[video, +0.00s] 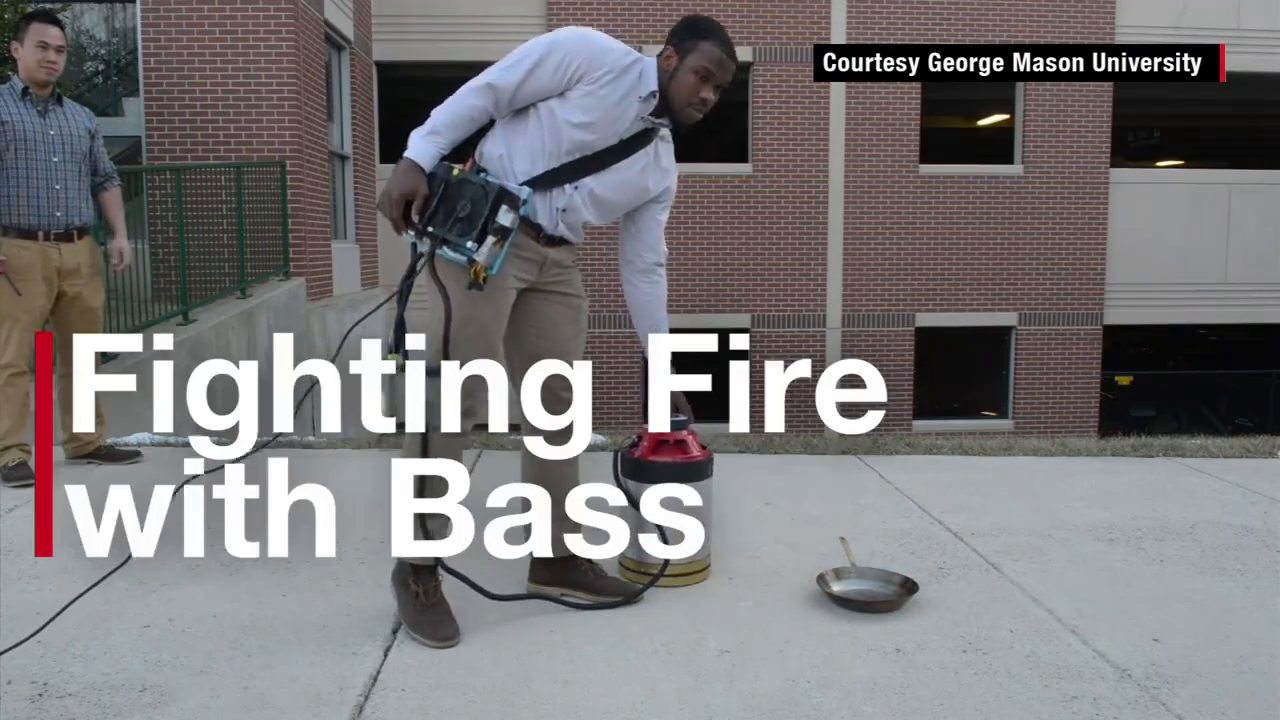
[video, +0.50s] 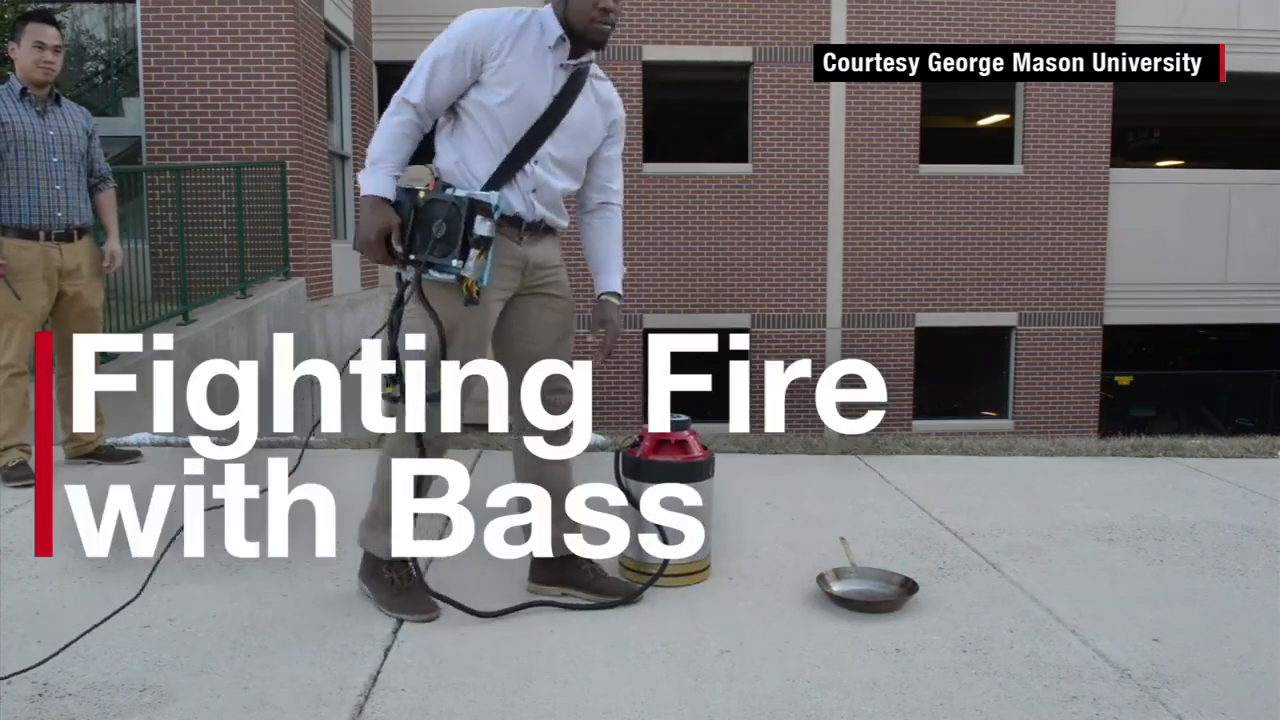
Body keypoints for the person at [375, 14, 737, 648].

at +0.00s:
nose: (710, 98)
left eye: (721, 89)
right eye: (703, 78)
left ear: (722, 90)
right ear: (668, 56)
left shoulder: (658, 171)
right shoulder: (592, 55)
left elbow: (646, 272)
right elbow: (488, 93)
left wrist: (664, 376)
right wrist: (415, 161)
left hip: (554, 260)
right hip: (480, 234)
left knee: (557, 411)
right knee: (460, 410)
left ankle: (554, 557)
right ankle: (418, 567)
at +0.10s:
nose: (702, 83)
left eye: (713, 74)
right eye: (694, 64)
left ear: (713, 76)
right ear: (658, 46)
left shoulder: (657, 163)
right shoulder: (583, 51)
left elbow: (645, 265)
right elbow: (484, 91)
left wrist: (662, 369)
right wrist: (411, 162)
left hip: (557, 258)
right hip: (484, 233)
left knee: (556, 409)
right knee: (463, 409)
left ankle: (554, 557)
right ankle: (417, 565)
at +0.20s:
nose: (685, 60)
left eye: (695, 50)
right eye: (676, 41)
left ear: (697, 55)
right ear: (640, 26)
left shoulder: (650, 147)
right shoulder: (559, 42)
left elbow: (638, 248)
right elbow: (467, 94)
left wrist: (655, 345)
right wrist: (405, 169)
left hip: (555, 257)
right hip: (483, 236)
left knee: (556, 411)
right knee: (460, 411)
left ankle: (556, 559)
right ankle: (408, 562)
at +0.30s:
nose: (668, 42)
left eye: (678, 33)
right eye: (659, 25)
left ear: (680, 37)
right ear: (623, 14)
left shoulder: (641, 134)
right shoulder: (546, 38)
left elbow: (631, 234)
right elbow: (455, 95)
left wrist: (644, 327)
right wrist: (401, 175)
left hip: (554, 255)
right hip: (479, 237)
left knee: (554, 409)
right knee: (455, 409)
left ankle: (557, 556)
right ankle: (401, 556)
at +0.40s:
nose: (638, 18)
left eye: (645, 9)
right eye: (626, 4)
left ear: (646, 18)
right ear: (587, 3)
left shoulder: (622, 111)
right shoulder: (516, 33)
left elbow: (616, 213)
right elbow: (431, 99)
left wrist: (622, 297)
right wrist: (388, 185)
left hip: (549, 250)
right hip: (474, 239)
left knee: (551, 407)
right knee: (445, 404)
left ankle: (554, 556)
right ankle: (392, 551)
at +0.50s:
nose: (611, 9)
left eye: (615, 3)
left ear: (613, 17)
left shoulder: (605, 103)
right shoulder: (490, 32)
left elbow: (601, 203)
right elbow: (410, 108)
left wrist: (608, 287)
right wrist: (374, 195)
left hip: (542, 252)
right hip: (464, 243)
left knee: (548, 408)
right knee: (442, 409)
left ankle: (555, 554)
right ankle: (386, 555)